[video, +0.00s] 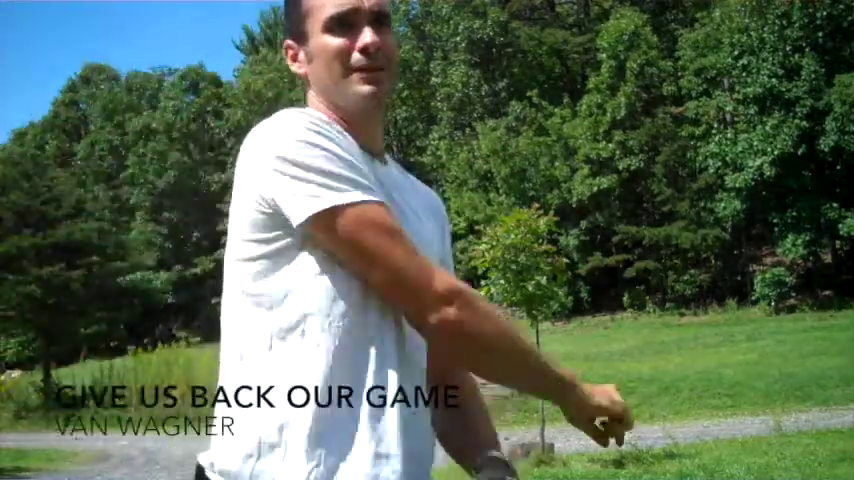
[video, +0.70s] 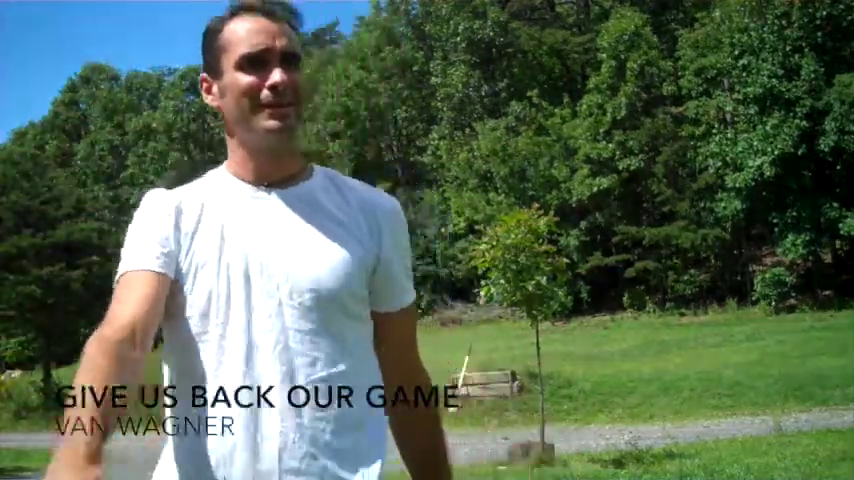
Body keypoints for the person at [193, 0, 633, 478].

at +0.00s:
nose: (370, 41)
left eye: (379, 23)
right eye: (343, 26)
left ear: (395, 41)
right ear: (299, 57)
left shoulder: (425, 201)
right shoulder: (288, 141)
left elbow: (448, 382)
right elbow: (442, 311)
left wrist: (491, 465)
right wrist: (572, 394)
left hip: (397, 468)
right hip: (283, 463)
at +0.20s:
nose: (386, 46)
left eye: (396, 29)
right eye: (359, 29)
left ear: (408, 44)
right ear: (310, 56)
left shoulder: (428, 206)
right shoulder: (292, 146)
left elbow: (441, 382)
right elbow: (399, 342)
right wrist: (522, 446)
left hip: (397, 465)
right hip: (278, 461)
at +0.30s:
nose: (381, 54)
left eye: (392, 36)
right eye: (355, 35)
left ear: (405, 50)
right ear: (305, 60)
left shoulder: (430, 213)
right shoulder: (267, 159)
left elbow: (443, 389)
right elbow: (350, 343)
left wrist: (468, 475)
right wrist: (496, 463)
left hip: (388, 470)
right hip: (264, 467)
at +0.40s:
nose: (366, 57)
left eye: (377, 39)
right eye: (340, 41)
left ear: (389, 54)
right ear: (291, 64)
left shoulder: (429, 215)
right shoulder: (243, 171)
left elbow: (441, 392)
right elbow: (290, 333)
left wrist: (458, 473)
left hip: (379, 469)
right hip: (250, 467)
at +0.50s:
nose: (343, 60)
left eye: (353, 43)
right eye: (317, 44)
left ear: (366, 58)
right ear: (269, 70)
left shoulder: (420, 214)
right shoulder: (220, 180)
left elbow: (432, 389)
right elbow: (220, 310)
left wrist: (453, 471)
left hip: (378, 468)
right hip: (238, 465)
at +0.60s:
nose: (314, 70)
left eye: (324, 52)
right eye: (289, 53)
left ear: (337, 65)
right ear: (243, 79)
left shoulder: (403, 213)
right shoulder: (197, 195)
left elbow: (421, 380)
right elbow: (166, 314)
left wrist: (447, 475)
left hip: (372, 472)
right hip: (232, 470)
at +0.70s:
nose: (279, 78)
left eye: (290, 61)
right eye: (255, 64)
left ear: (304, 77)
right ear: (211, 90)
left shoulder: (375, 215)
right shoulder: (170, 213)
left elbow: (403, 376)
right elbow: (121, 340)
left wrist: (436, 474)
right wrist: (76, 458)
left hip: (345, 470)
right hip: (206, 470)